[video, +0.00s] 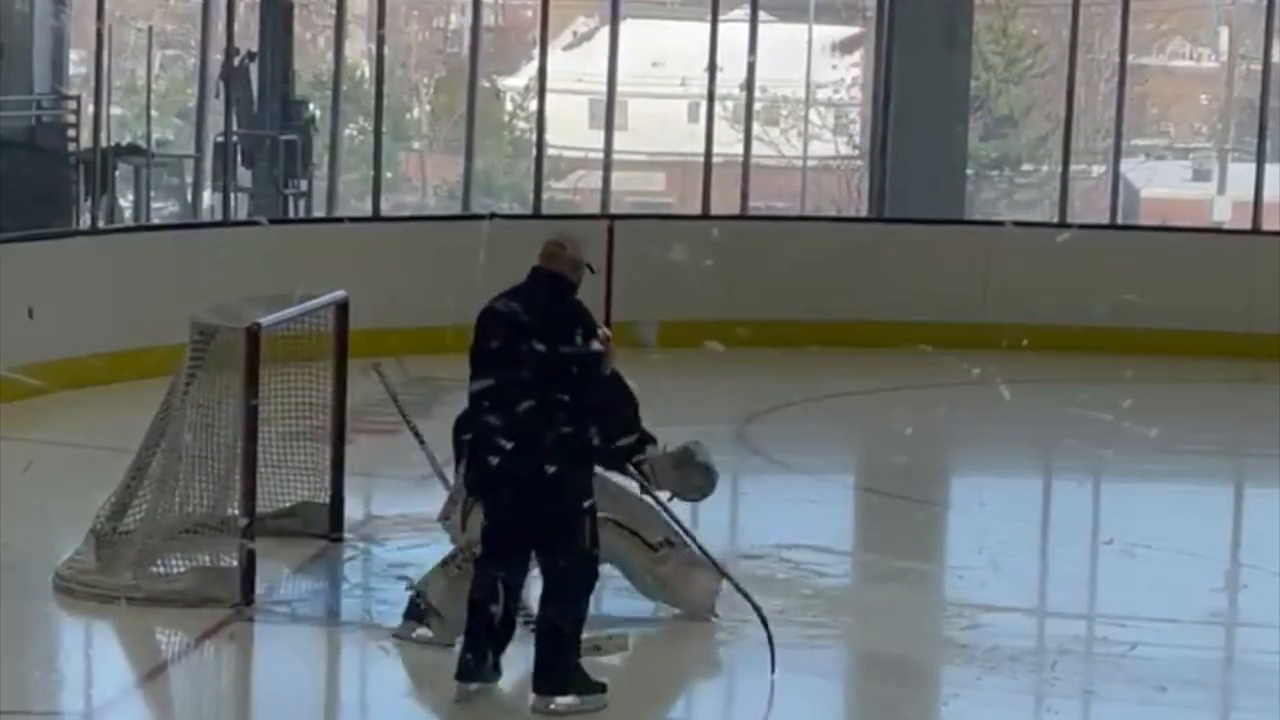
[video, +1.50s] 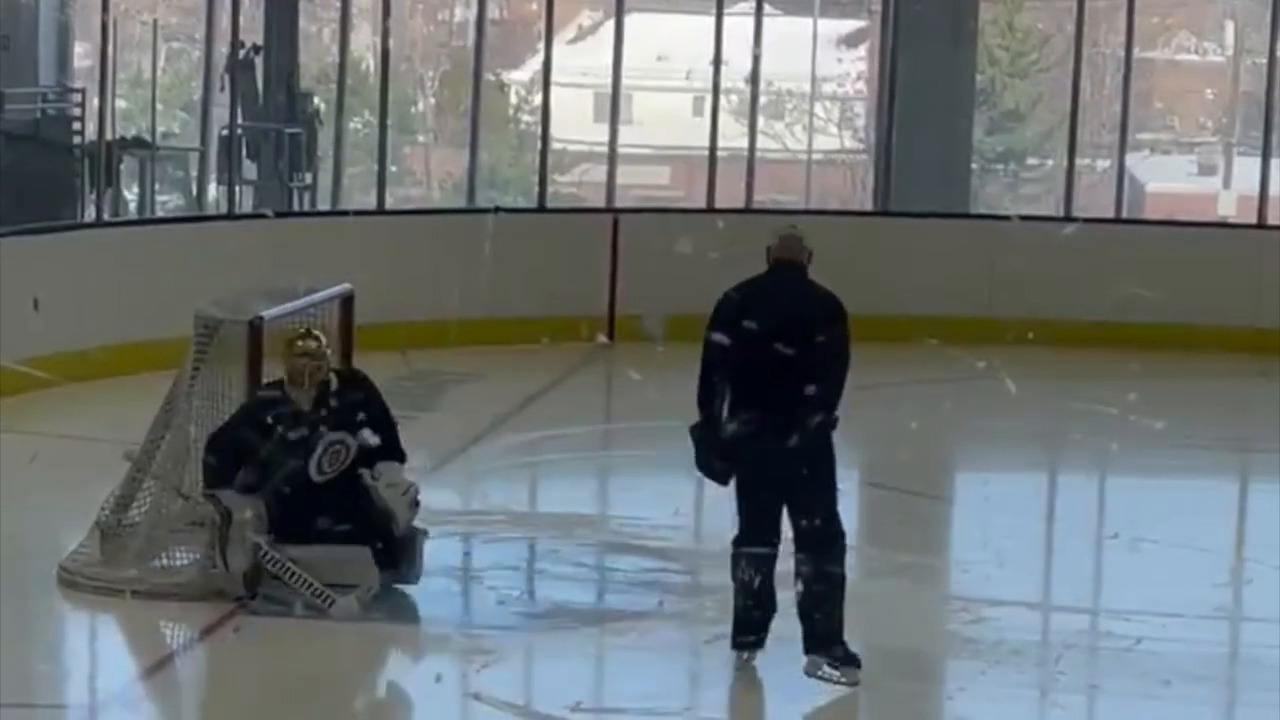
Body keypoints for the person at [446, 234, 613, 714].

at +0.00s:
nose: (583, 281)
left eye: (582, 274)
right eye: (582, 274)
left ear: (538, 265)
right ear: (575, 272)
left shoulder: (496, 312)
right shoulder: (577, 323)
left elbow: (483, 396)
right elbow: (601, 396)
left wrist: (475, 466)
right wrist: (633, 446)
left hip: (503, 464)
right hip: (561, 470)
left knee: (498, 565)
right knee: (572, 573)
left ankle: (475, 667)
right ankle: (557, 676)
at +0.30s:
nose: (623, 290)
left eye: (619, 282)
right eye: (623, 283)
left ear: (583, 275)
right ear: (620, 282)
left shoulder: (540, 321)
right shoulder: (619, 333)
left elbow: (524, 397)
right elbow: (642, 401)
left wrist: (503, 448)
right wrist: (666, 448)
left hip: (542, 464)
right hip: (600, 472)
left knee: (524, 565)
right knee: (617, 575)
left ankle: (482, 671)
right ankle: (579, 677)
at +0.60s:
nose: (690, 280)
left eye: (687, 272)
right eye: (690, 273)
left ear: (648, 270)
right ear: (685, 274)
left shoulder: (611, 314)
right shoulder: (694, 322)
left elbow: (587, 386)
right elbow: (731, 377)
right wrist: (735, 426)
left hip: (611, 457)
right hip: (668, 465)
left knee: (597, 559)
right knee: (674, 574)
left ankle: (540, 654)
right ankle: (648, 680)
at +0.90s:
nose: (734, 274)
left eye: (724, 265)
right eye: (737, 268)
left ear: (700, 269)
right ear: (740, 272)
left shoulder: (663, 314)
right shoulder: (756, 317)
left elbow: (647, 392)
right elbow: (800, 379)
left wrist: (646, 455)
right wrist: (777, 439)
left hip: (673, 458)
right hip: (729, 463)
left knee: (681, 560)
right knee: (730, 564)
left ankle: (665, 667)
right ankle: (710, 670)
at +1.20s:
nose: (763, 270)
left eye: (756, 263)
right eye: (768, 263)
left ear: (737, 267)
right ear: (779, 269)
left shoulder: (706, 313)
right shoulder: (801, 315)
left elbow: (688, 388)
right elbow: (834, 381)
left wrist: (685, 448)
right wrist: (818, 431)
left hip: (721, 455)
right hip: (778, 456)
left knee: (724, 548)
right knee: (779, 555)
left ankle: (710, 653)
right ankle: (775, 664)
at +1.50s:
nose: (796, 266)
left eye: (784, 256)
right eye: (801, 258)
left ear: (767, 260)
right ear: (808, 262)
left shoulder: (735, 300)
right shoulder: (826, 306)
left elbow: (711, 373)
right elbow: (832, 374)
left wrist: (709, 434)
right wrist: (815, 425)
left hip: (749, 441)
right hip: (806, 444)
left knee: (755, 534)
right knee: (820, 539)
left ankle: (747, 635)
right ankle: (824, 647)